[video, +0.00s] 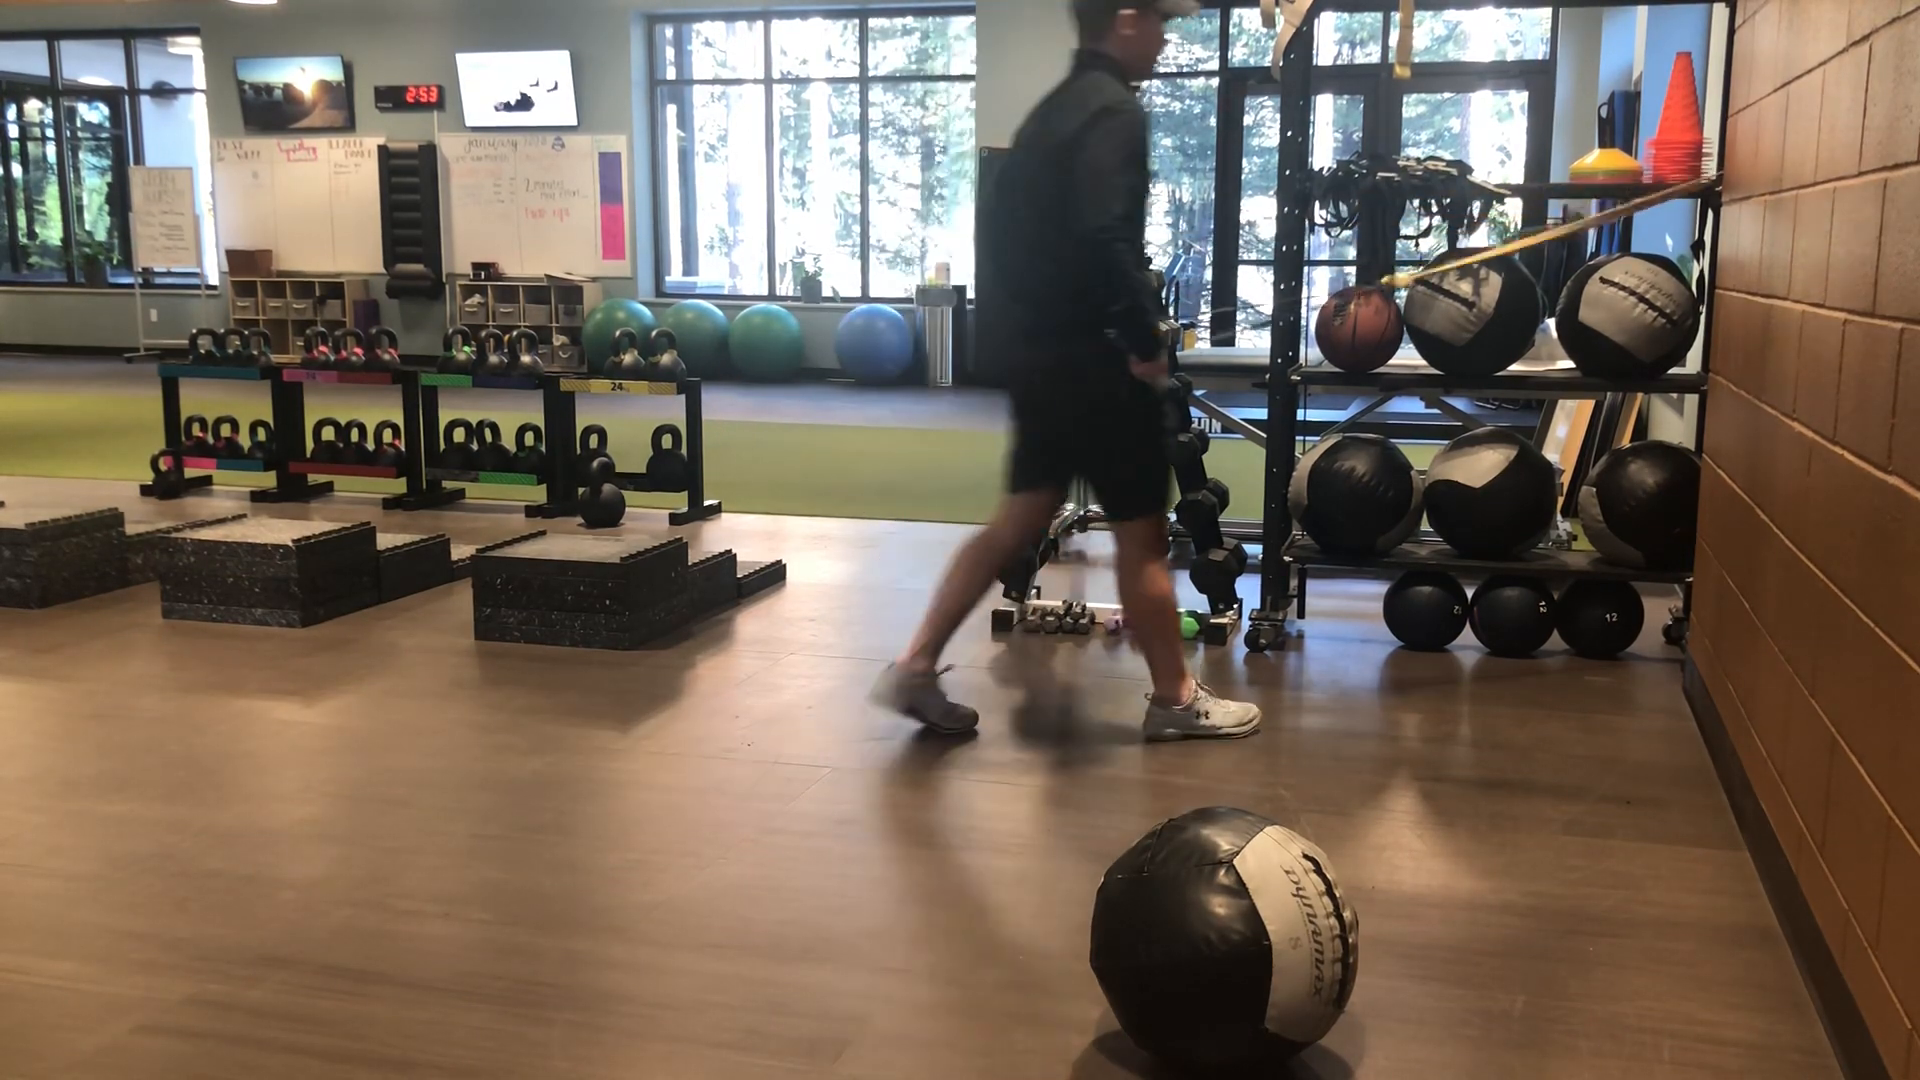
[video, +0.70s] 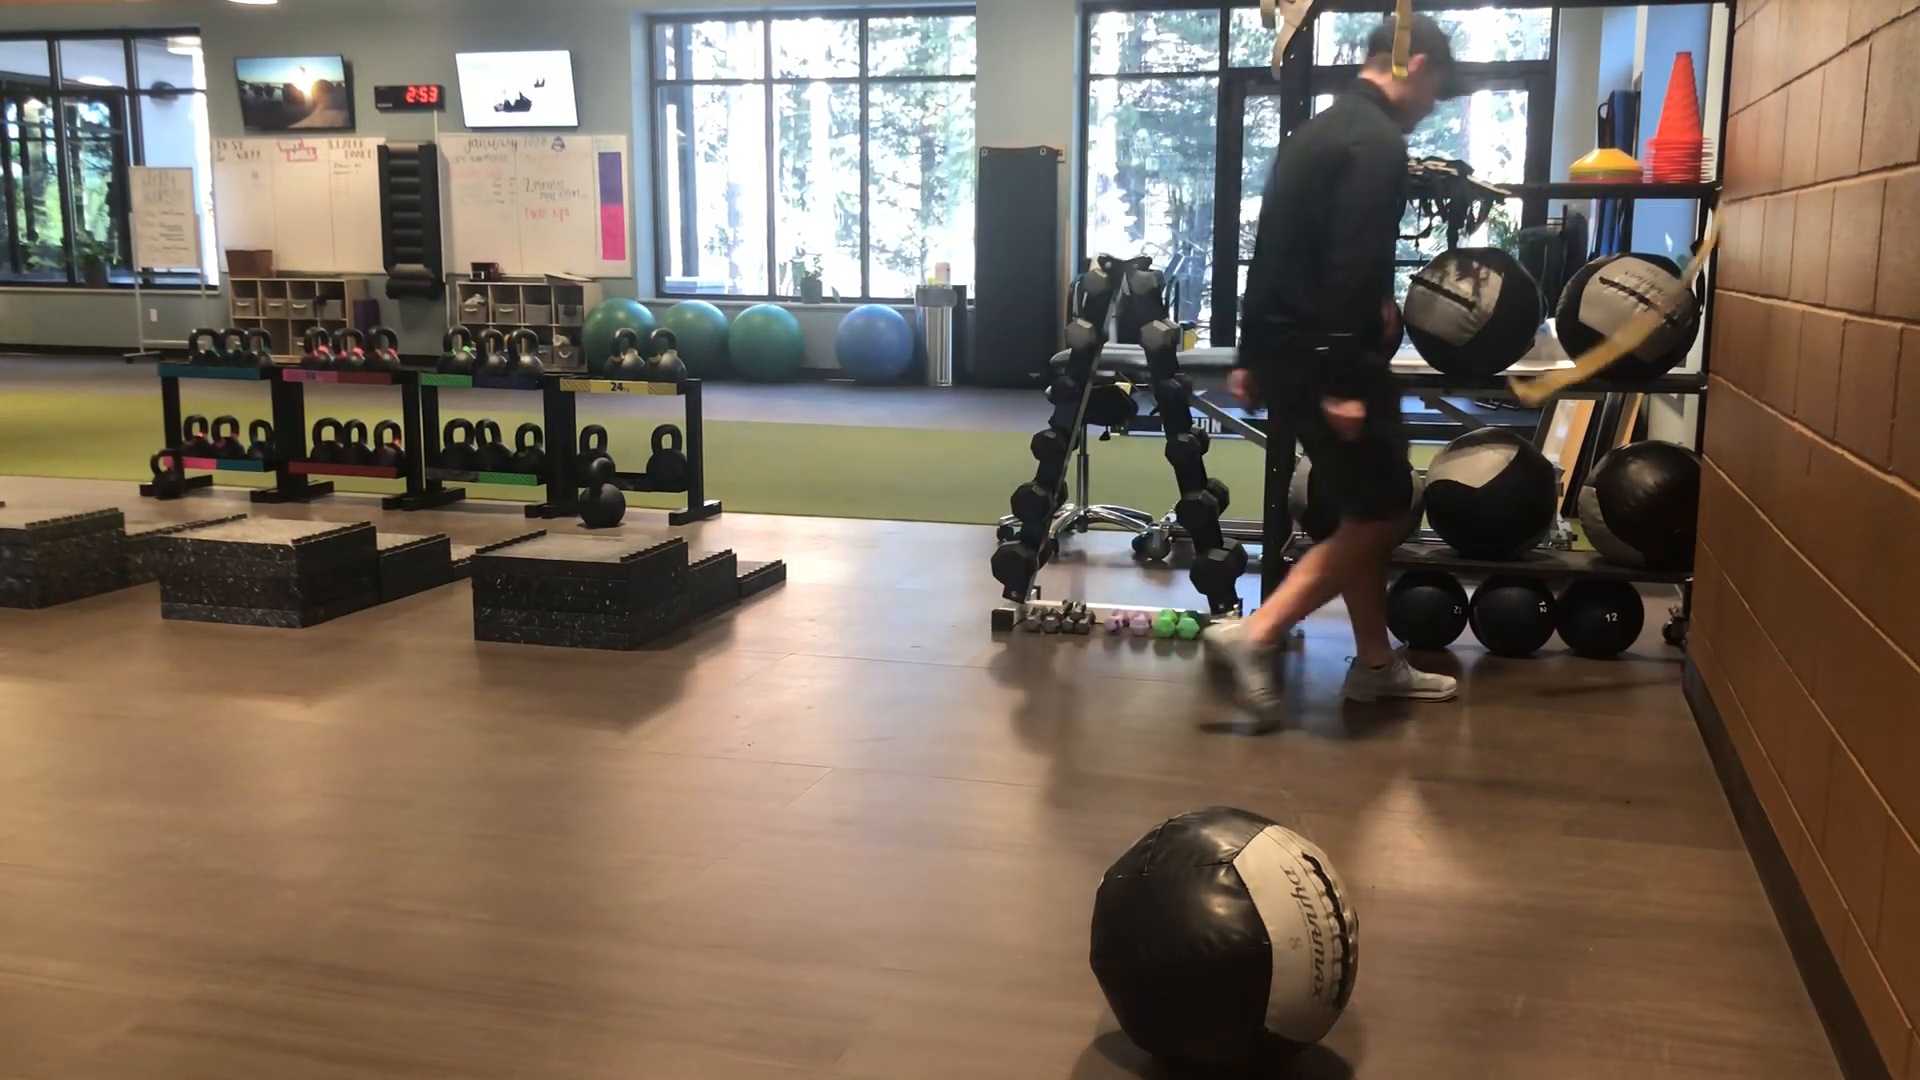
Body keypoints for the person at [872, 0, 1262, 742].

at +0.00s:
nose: (1165, 40)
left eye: (1165, 27)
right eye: (1159, 25)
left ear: (1105, 29)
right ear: (1124, 24)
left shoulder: (1058, 107)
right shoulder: (1114, 110)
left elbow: (1032, 237)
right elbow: (1106, 234)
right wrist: (1146, 340)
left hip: (1040, 354)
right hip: (1097, 356)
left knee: (1021, 518)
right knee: (1143, 534)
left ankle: (914, 669)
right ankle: (1176, 698)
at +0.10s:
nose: (1194, 42)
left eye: (1196, 30)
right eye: (1190, 27)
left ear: (1135, 28)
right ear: (1158, 23)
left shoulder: (1083, 103)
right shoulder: (1148, 110)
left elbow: (1031, 222)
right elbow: (1140, 233)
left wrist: (1057, 319)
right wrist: (1170, 345)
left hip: (1074, 346)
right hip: (1139, 350)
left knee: (1079, 516)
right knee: (1159, 526)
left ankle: (949, 644)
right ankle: (1176, 698)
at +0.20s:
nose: (1237, 45)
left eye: (1239, 33)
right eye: (1235, 30)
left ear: (1175, 28)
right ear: (1206, 23)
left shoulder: (1117, 104)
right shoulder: (1199, 111)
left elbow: (1062, 212)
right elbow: (1179, 227)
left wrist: (1070, 315)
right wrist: (1208, 336)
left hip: (1111, 334)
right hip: (1171, 338)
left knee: (1168, 509)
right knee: (1179, 516)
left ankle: (1038, 613)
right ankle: (1179, 699)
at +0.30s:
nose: (1282, 51)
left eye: (1285, 37)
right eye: (1280, 34)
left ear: (1219, 26)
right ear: (1249, 24)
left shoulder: (1156, 99)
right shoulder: (1239, 108)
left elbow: (1096, 214)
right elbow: (1215, 227)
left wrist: (1098, 318)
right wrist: (1234, 341)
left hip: (1145, 330)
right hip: (1199, 338)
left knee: (1232, 486)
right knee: (1201, 511)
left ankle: (1142, 632)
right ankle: (1179, 699)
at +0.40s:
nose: (1318, 60)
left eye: (1321, 46)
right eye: (1318, 42)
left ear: (1255, 30)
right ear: (1292, 29)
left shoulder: (1198, 106)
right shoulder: (1280, 112)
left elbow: (1136, 228)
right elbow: (1252, 236)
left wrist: (1119, 326)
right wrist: (1236, 354)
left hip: (1185, 339)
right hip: (1241, 346)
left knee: (1277, 489)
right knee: (1217, 526)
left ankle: (1258, 651)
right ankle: (1179, 697)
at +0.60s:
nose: (1408, 94)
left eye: (1410, 80)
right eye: (1407, 79)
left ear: (1345, 64)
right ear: (1381, 70)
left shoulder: (1295, 127)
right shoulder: (1359, 138)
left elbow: (1237, 239)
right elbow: (1329, 255)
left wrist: (1216, 346)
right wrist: (1310, 370)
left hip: (1276, 349)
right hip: (1321, 357)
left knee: (1347, 513)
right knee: (1328, 522)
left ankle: (1375, 661)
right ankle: (1211, 660)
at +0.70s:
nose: (1432, 102)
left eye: (1438, 89)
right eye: (1436, 86)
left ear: (1378, 62)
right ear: (1411, 67)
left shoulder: (1313, 131)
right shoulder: (1377, 141)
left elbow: (1272, 251)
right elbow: (1354, 262)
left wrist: (1250, 351)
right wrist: (1347, 376)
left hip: (1289, 350)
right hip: (1337, 355)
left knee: (1361, 509)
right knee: (1385, 512)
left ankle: (1377, 663)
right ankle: (1250, 638)